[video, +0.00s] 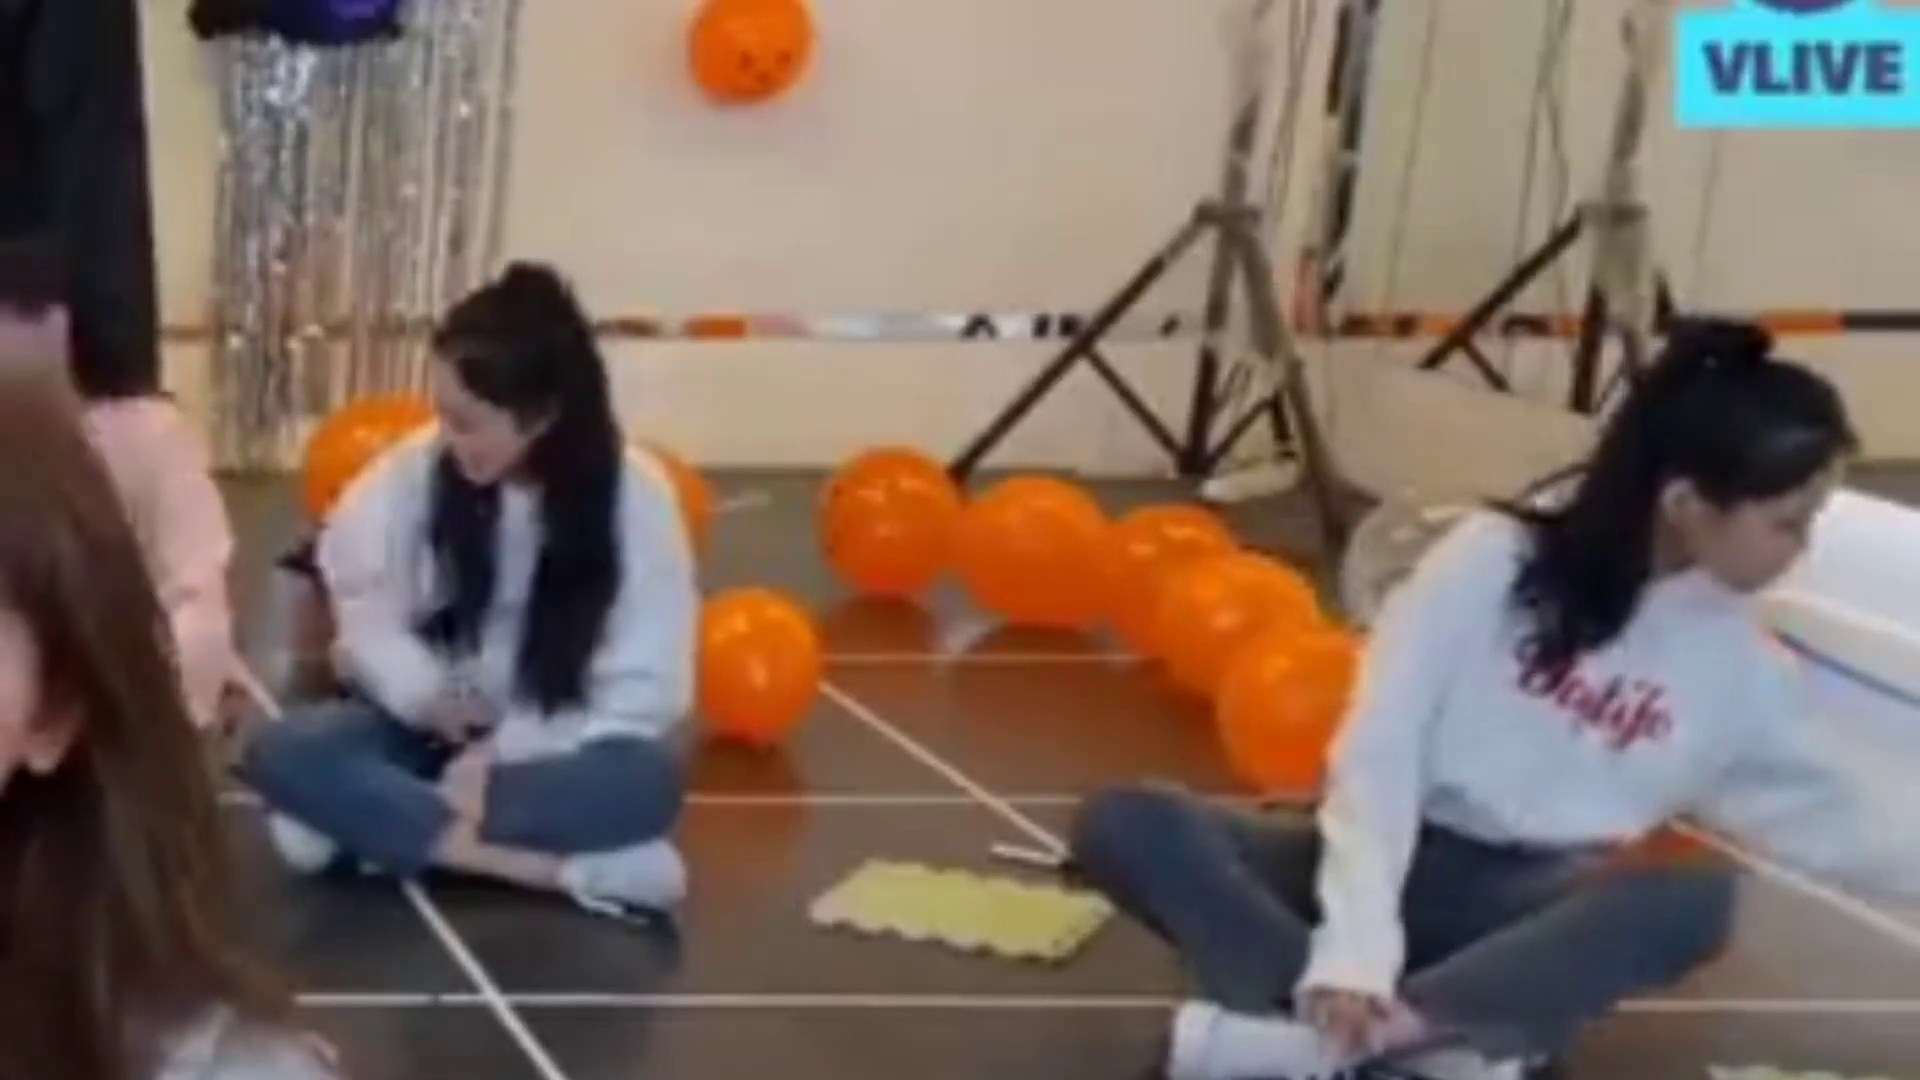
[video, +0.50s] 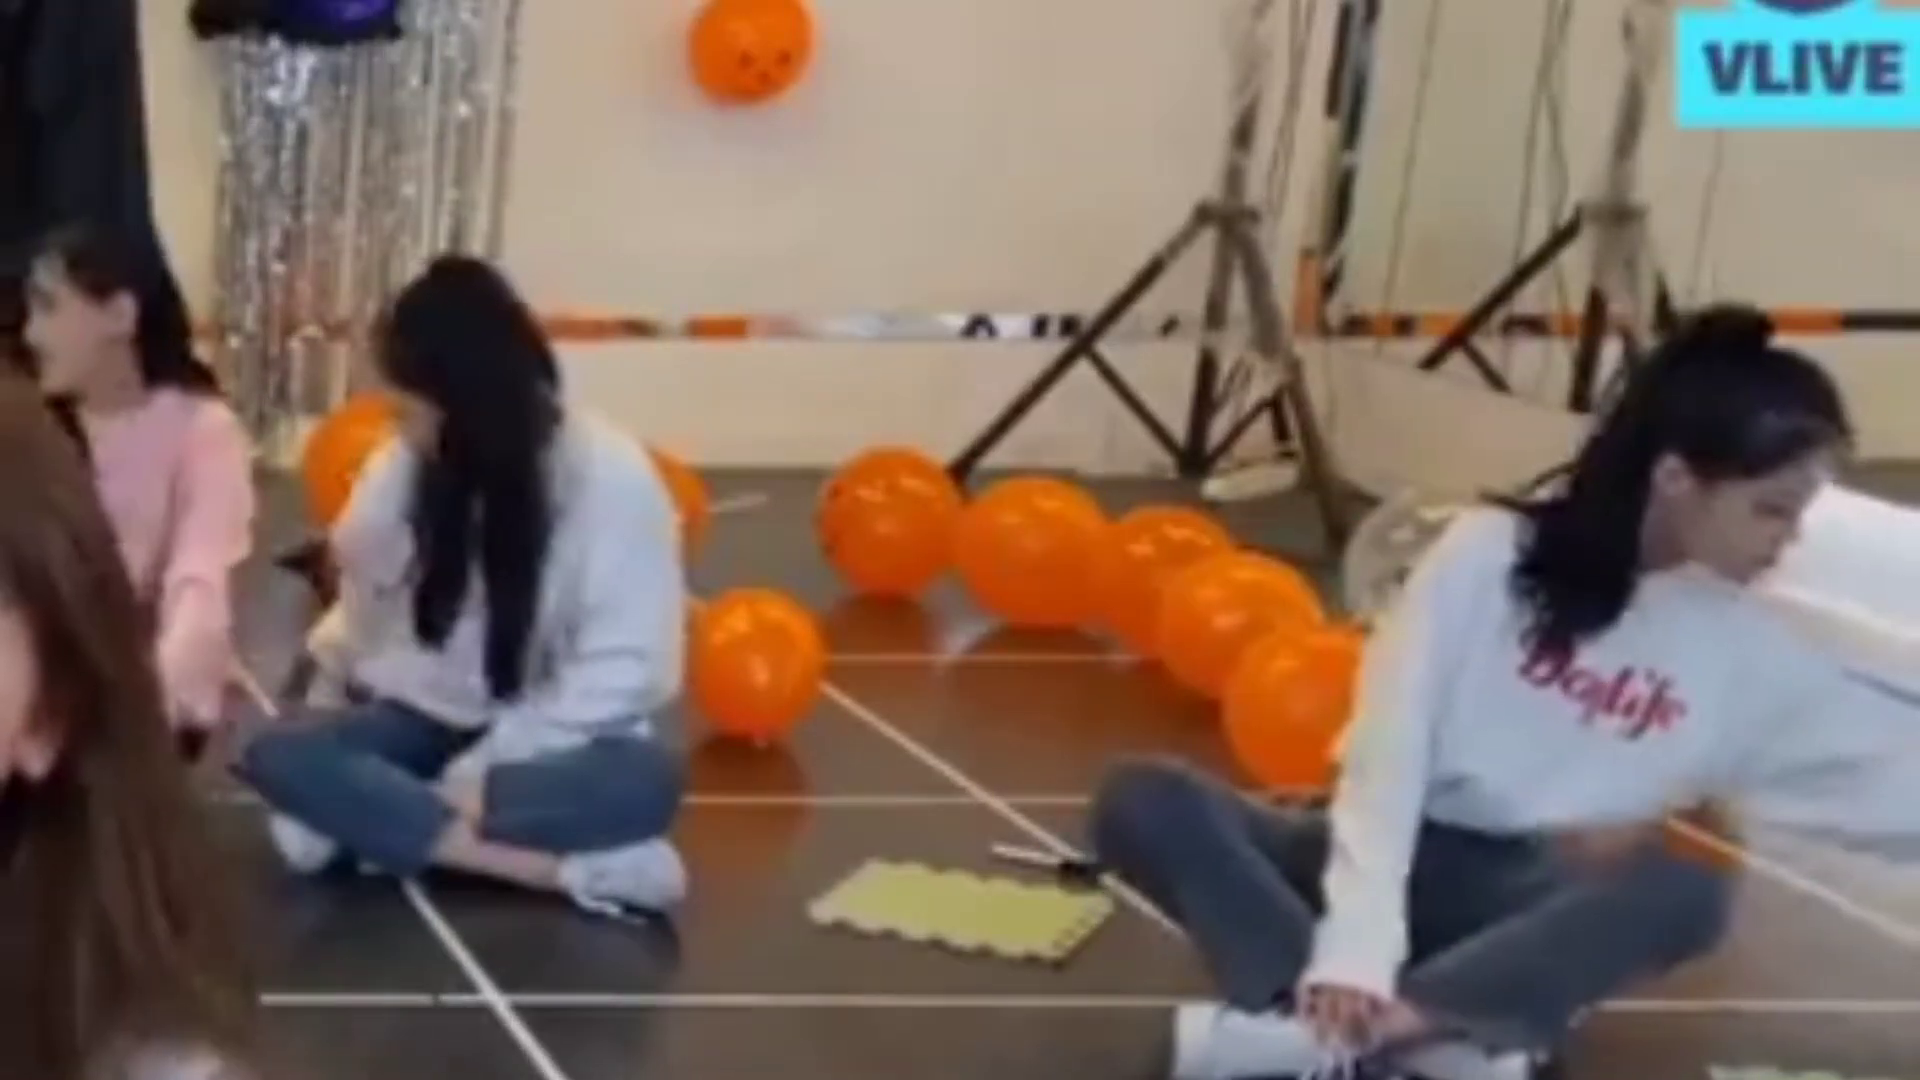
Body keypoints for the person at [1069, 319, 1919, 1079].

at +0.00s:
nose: (1803, 546)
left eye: (1812, 522)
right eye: (1788, 521)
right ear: (1688, 502)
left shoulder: (1740, 678)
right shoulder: (1488, 557)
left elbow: (1865, 831)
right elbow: (1376, 759)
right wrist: (1357, 949)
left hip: (1517, 893)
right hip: (1371, 851)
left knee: (1694, 899)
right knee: (1122, 822)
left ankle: (1330, 1040)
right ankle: (1404, 1045)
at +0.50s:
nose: (1796, 529)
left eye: (1807, 502)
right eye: (1777, 503)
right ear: (1676, 481)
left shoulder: (1745, 657)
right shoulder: (1482, 553)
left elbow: (1901, 766)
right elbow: (1382, 758)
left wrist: (1703, 810)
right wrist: (1355, 950)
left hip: (1513, 887)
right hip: (1366, 850)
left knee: (1687, 893)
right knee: (1139, 795)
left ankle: (1326, 1038)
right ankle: (1410, 1045)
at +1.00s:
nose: (1804, 537)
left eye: (1815, 511)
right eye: (1794, 508)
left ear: (1707, 485)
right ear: (1700, 481)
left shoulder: (1750, 651)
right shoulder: (1476, 557)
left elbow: (1883, 789)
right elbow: (1370, 764)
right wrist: (1354, 958)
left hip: (1515, 892)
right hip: (1364, 857)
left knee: (1696, 900)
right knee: (1143, 793)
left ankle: (1320, 1041)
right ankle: (1400, 1050)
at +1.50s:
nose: (1755, 530)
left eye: (1768, 505)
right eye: (1743, 502)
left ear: (1671, 477)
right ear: (1655, 469)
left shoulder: (1689, 624)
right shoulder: (1451, 558)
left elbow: (1670, 823)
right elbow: (1340, 772)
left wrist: (1839, 819)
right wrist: (1416, 922)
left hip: (1509, 892)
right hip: (1357, 855)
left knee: (1691, 893)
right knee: (1133, 807)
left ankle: (1359, 1026)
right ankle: (1425, 1036)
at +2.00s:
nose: (1585, 491)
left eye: (1609, 464)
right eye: (1563, 457)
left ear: (1629, 454)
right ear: (1464, 427)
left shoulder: (1619, 603)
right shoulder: (1319, 571)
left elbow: (1751, 773)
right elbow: (1229, 770)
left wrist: (1902, 829)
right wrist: (1286, 917)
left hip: (1469, 906)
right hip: (1300, 882)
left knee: (1670, 879)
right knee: (1086, 851)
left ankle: (1310, 1038)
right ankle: (1399, 1044)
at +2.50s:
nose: (1701, 629)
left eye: (1729, 601)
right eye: (1675, 589)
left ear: (1753, 596)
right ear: (1578, 554)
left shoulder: (1725, 748)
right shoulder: (1417, 666)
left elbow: (1803, 896)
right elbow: (1263, 809)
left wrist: (1831, 972)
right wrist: (1256, 981)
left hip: (1502, 948)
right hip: (1344, 894)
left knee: (1692, 947)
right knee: (1092, 857)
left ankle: (1329, 1024)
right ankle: (1406, 1041)